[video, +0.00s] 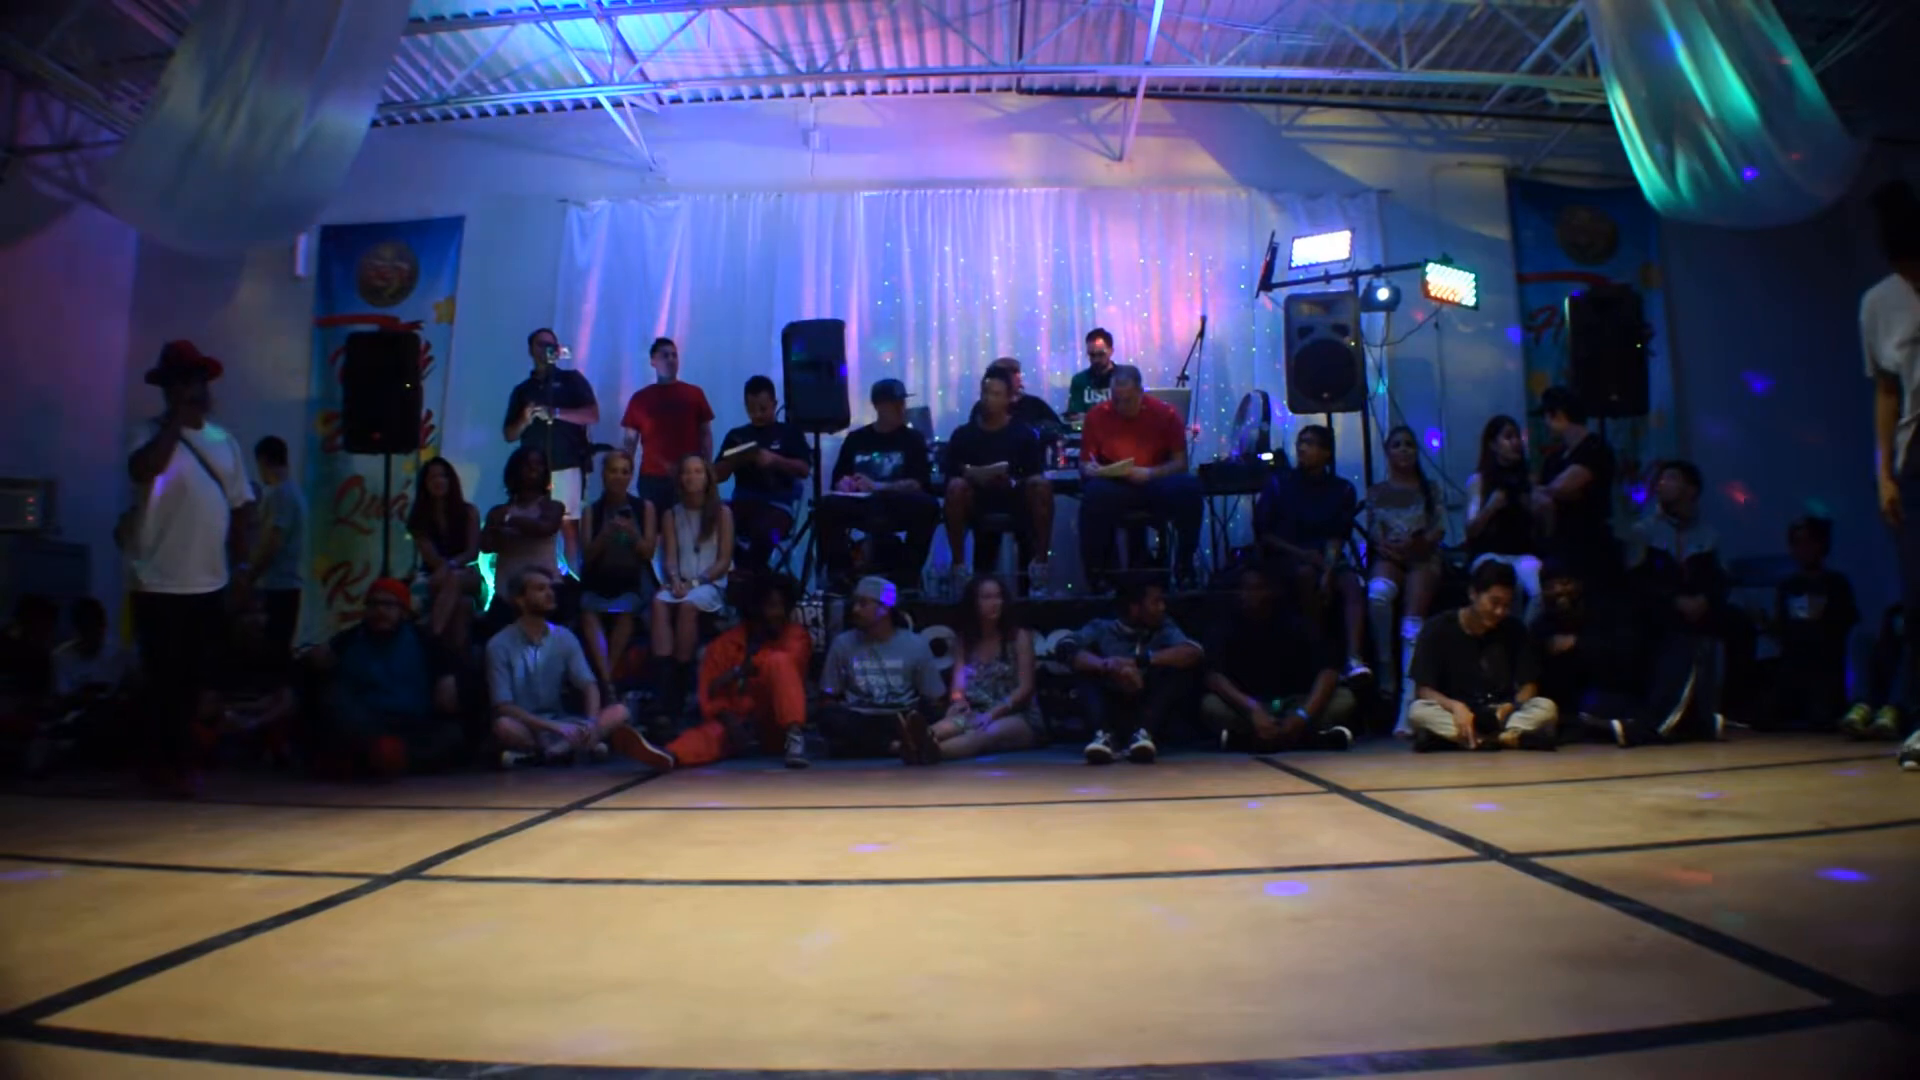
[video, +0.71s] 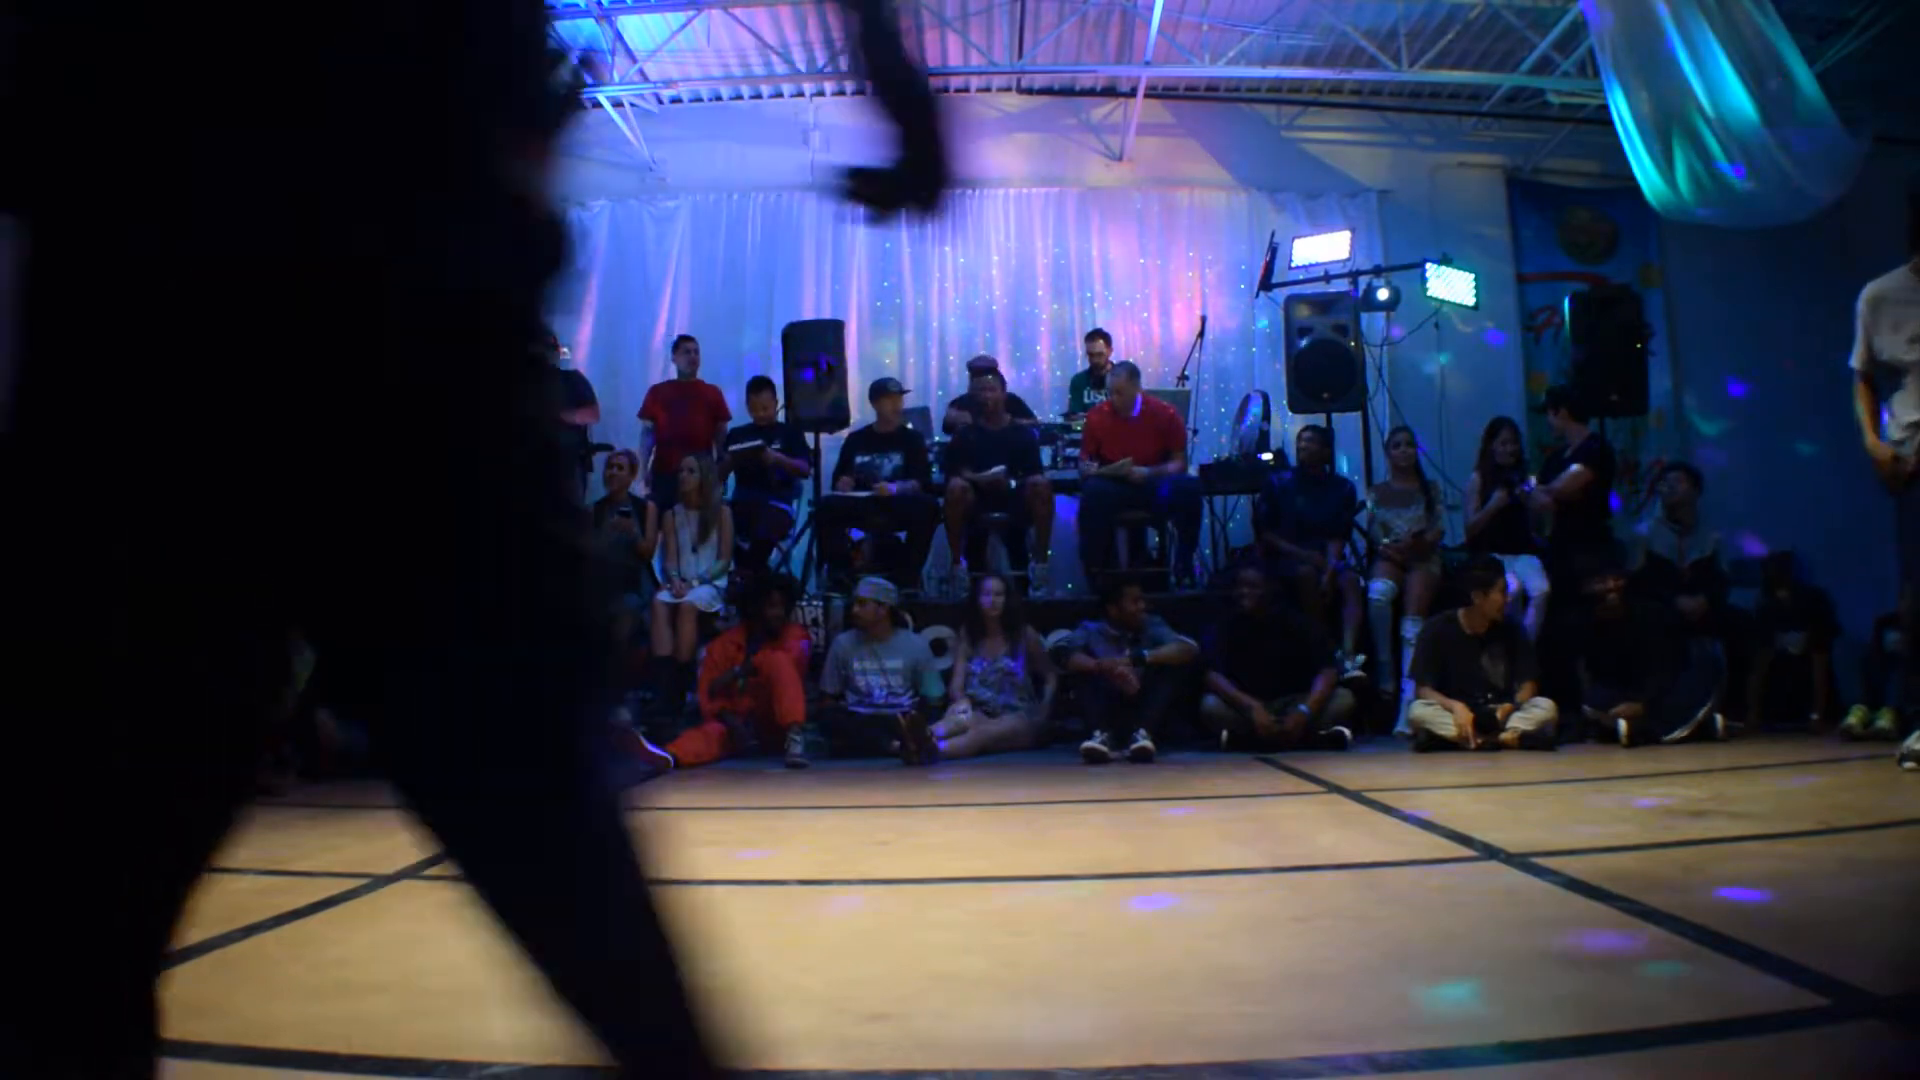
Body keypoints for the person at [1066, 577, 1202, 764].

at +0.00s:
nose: (1162, 608)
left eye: (1161, 602)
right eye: (1156, 602)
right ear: (1135, 608)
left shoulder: (1164, 630)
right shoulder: (1103, 629)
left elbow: (1194, 652)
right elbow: (1064, 648)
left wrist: (1142, 661)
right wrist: (1109, 667)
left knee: (1173, 670)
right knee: (1088, 674)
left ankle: (1144, 733)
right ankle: (1102, 735)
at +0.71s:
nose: (1142, 607)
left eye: (1141, 601)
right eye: (1134, 602)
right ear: (1113, 609)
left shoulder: (1151, 627)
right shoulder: (1092, 631)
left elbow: (1189, 649)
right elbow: (1060, 652)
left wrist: (1139, 659)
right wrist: (1108, 668)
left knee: (1170, 666)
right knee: (1088, 671)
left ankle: (1143, 733)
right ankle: (1101, 734)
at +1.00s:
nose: (1133, 606)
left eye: (1132, 600)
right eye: (1125, 601)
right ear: (1105, 610)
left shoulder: (1143, 627)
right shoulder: (1086, 633)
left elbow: (1185, 647)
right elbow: (1053, 652)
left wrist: (1136, 659)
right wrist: (1105, 668)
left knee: (1160, 668)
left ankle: (1142, 734)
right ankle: (1099, 734)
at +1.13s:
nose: (1131, 606)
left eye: (1130, 599)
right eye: (1123, 600)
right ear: (1104, 609)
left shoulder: (1141, 631)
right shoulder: (1085, 635)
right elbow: (1069, 662)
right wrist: (1109, 668)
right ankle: (1092, 734)